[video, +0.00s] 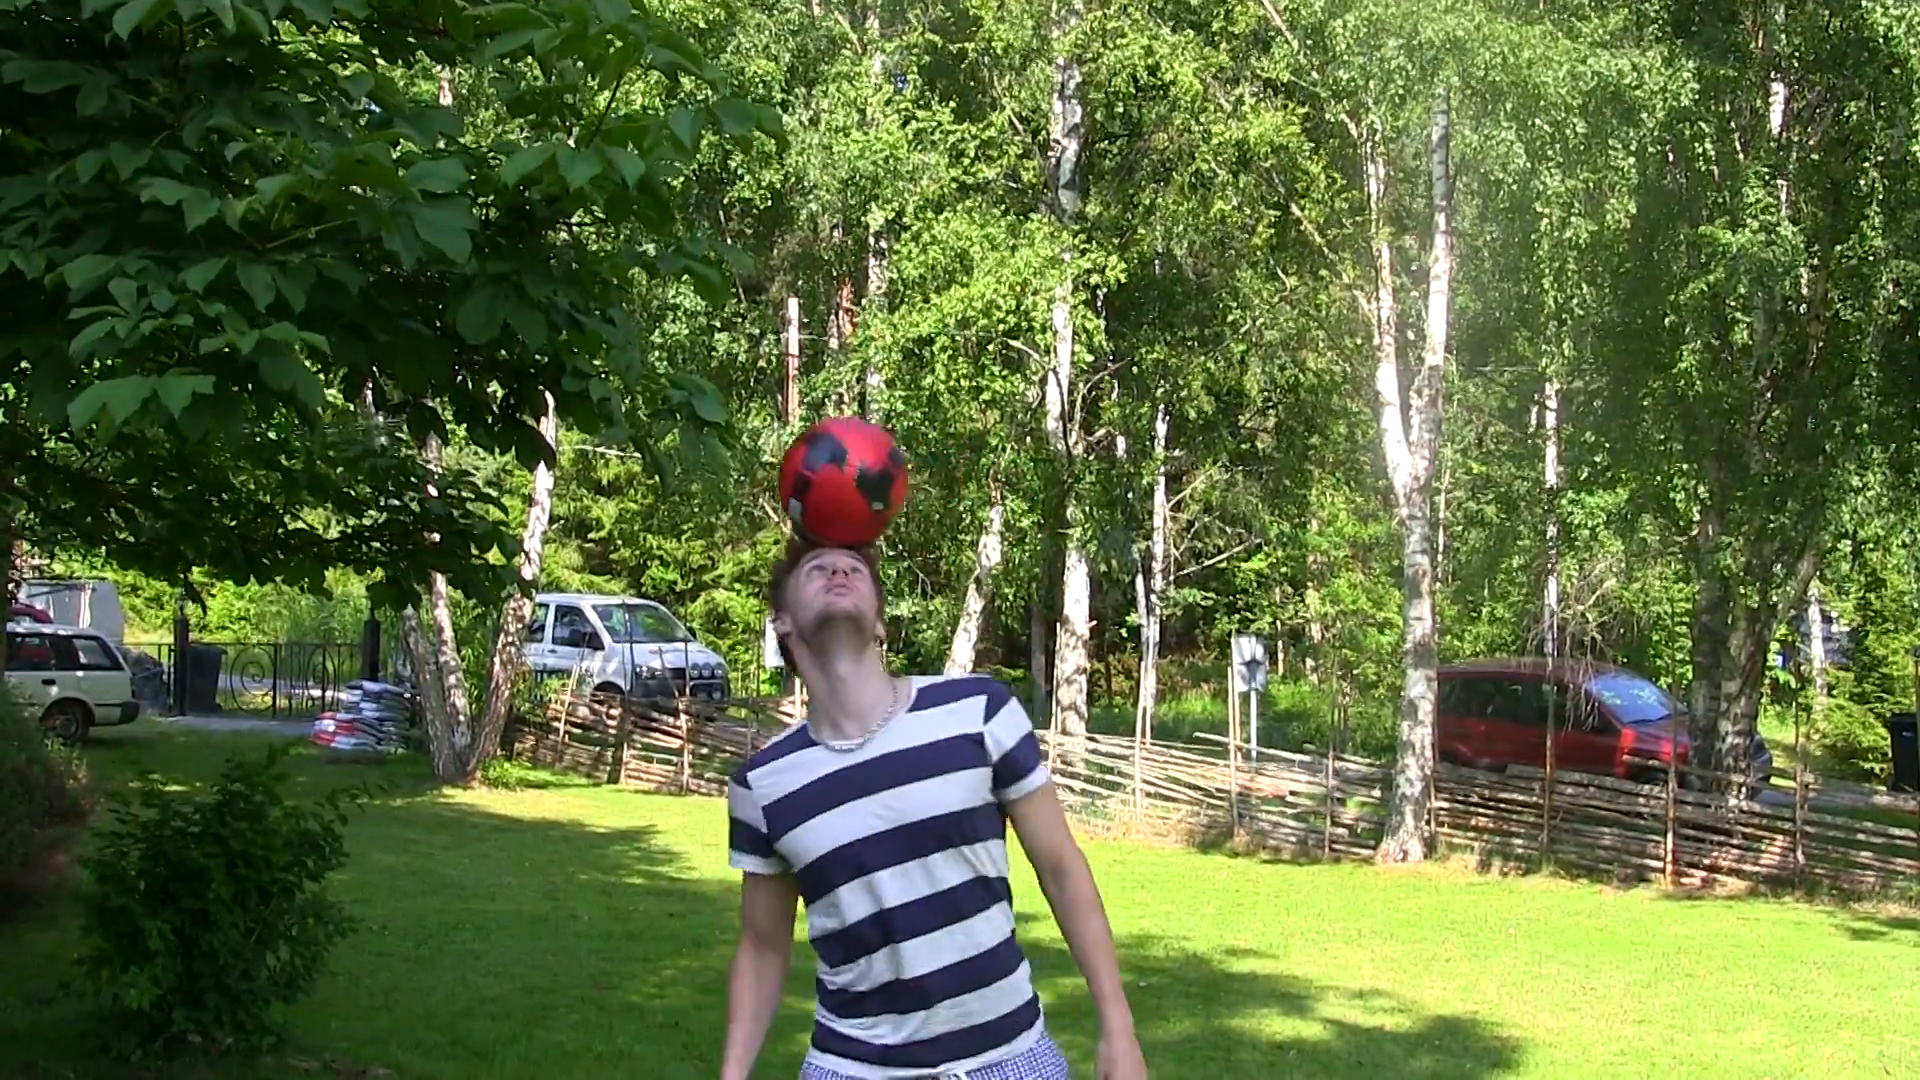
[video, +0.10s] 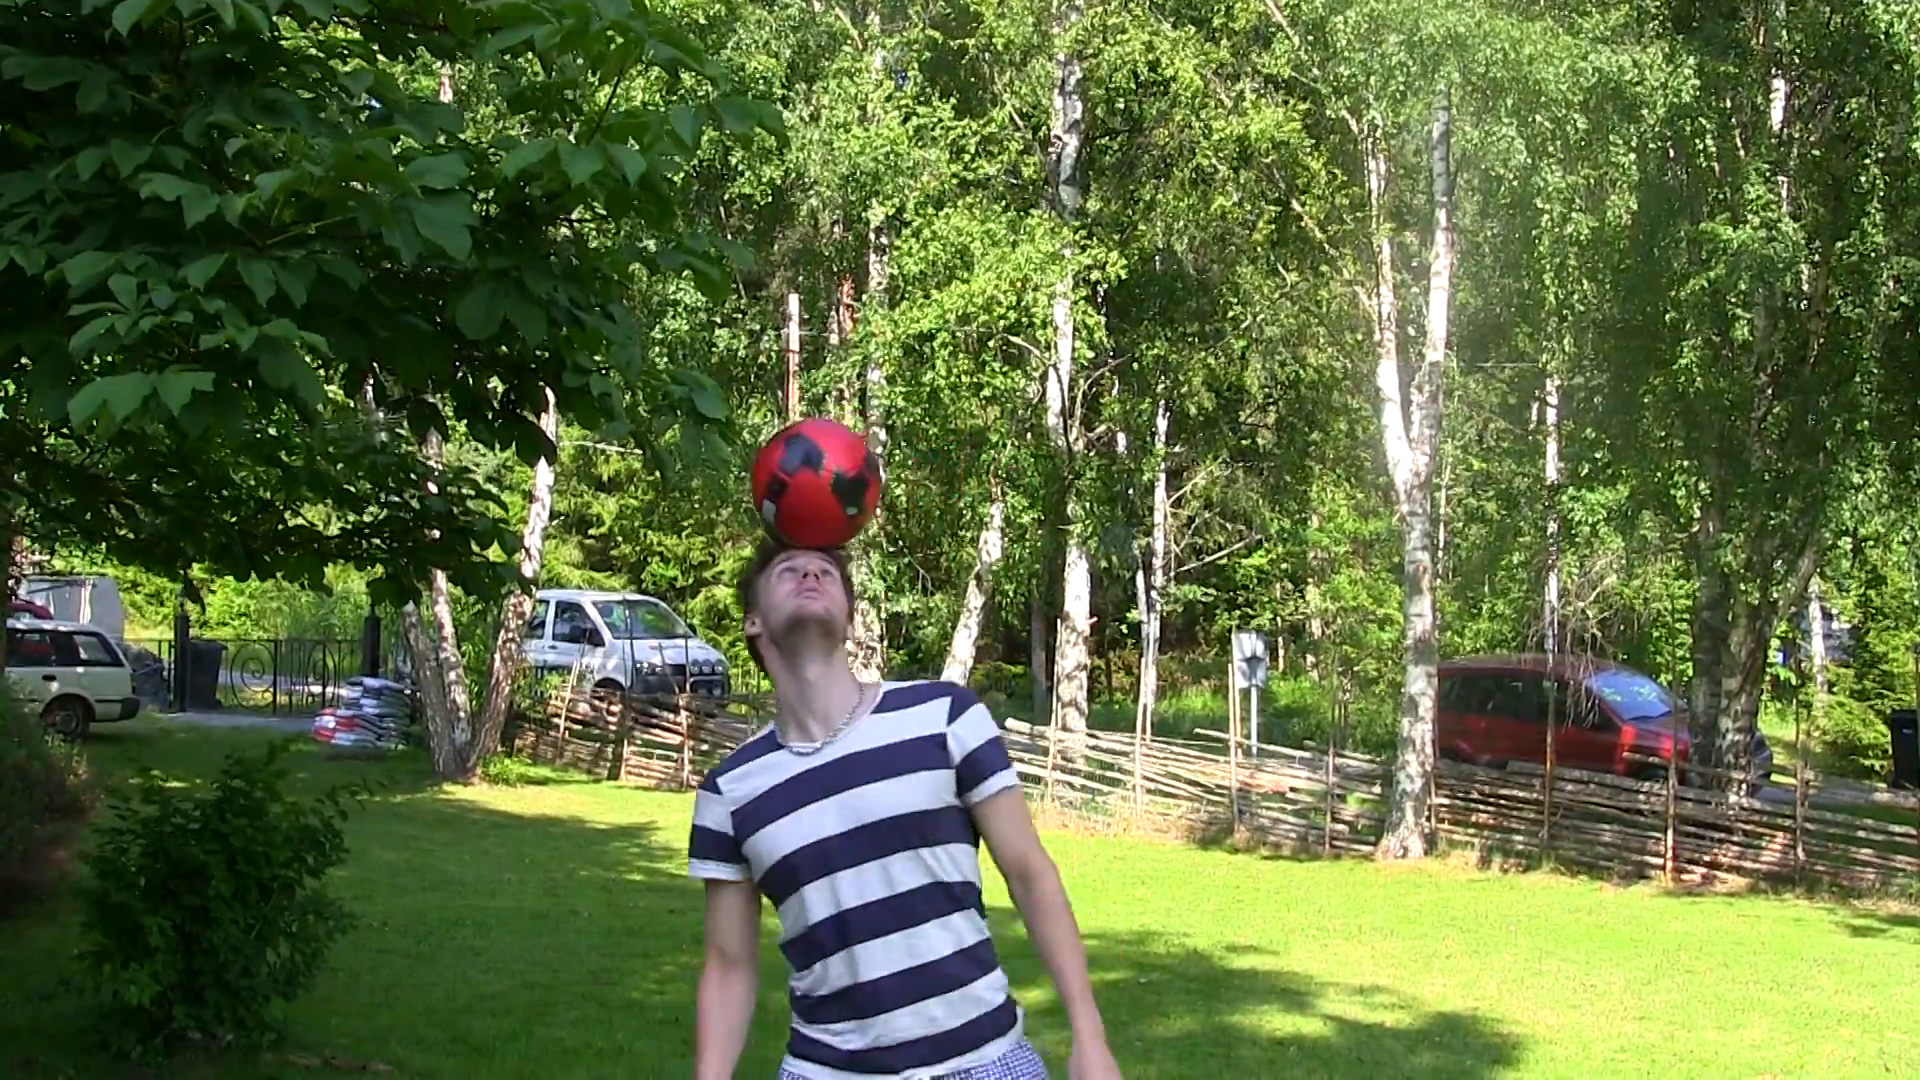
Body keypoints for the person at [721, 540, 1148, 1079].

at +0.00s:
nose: (837, 570)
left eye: (855, 569)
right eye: (815, 569)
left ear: (880, 619)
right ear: (782, 624)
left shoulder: (980, 708)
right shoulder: (762, 784)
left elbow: (1062, 868)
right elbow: (762, 944)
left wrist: (1118, 1027)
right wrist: (734, 1070)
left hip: (1007, 1053)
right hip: (853, 1063)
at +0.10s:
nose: (809, 572)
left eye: (827, 572)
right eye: (786, 569)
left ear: (850, 620)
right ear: (754, 624)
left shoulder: (945, 713)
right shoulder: (730, 790)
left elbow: (1031, 874)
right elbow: (729, 964)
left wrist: (1089, 1035)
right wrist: (711, 1071)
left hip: (981, 1053)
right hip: (829, 1063)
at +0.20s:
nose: (792, 569)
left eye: (808, 570)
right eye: (768, 567)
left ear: (829, 615)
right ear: (733, 621)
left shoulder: (921, 713)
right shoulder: (706, 790)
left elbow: (990, 883)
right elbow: (700, 962)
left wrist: (1032, 1042)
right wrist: (688, 1073)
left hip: (957, 1056)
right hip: (806, 1066)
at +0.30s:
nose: (786, 567)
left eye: (803, 564)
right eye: (761, 560)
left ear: (824, 608)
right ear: (726, 608)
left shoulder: (910, 709)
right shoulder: (692, 775)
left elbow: (966, 885)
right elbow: (684, 943)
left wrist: (961, 1041)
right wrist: (667, 1071)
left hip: (935, 1049)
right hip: (791, 1065)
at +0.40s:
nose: (792, 589)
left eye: (810, 576)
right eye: (769, 574)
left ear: (834, 603)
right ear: (733, 603)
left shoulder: (918, 718)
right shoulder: (691, 760)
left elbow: (957, 895)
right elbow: (673, 928)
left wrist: (932, 1043)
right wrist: (659, 1056)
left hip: (932, 1047)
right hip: (787, 1061)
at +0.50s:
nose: (808, 643)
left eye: (829, 620)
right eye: (787, 619)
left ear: (858, 630)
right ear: (754, 627)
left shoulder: (939, 739)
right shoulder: (704, 756)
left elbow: (984, 918)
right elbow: (669, 922)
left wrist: (958, 1059)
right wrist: (653, 1056)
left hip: (924, 1049)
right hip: (782, 1053)